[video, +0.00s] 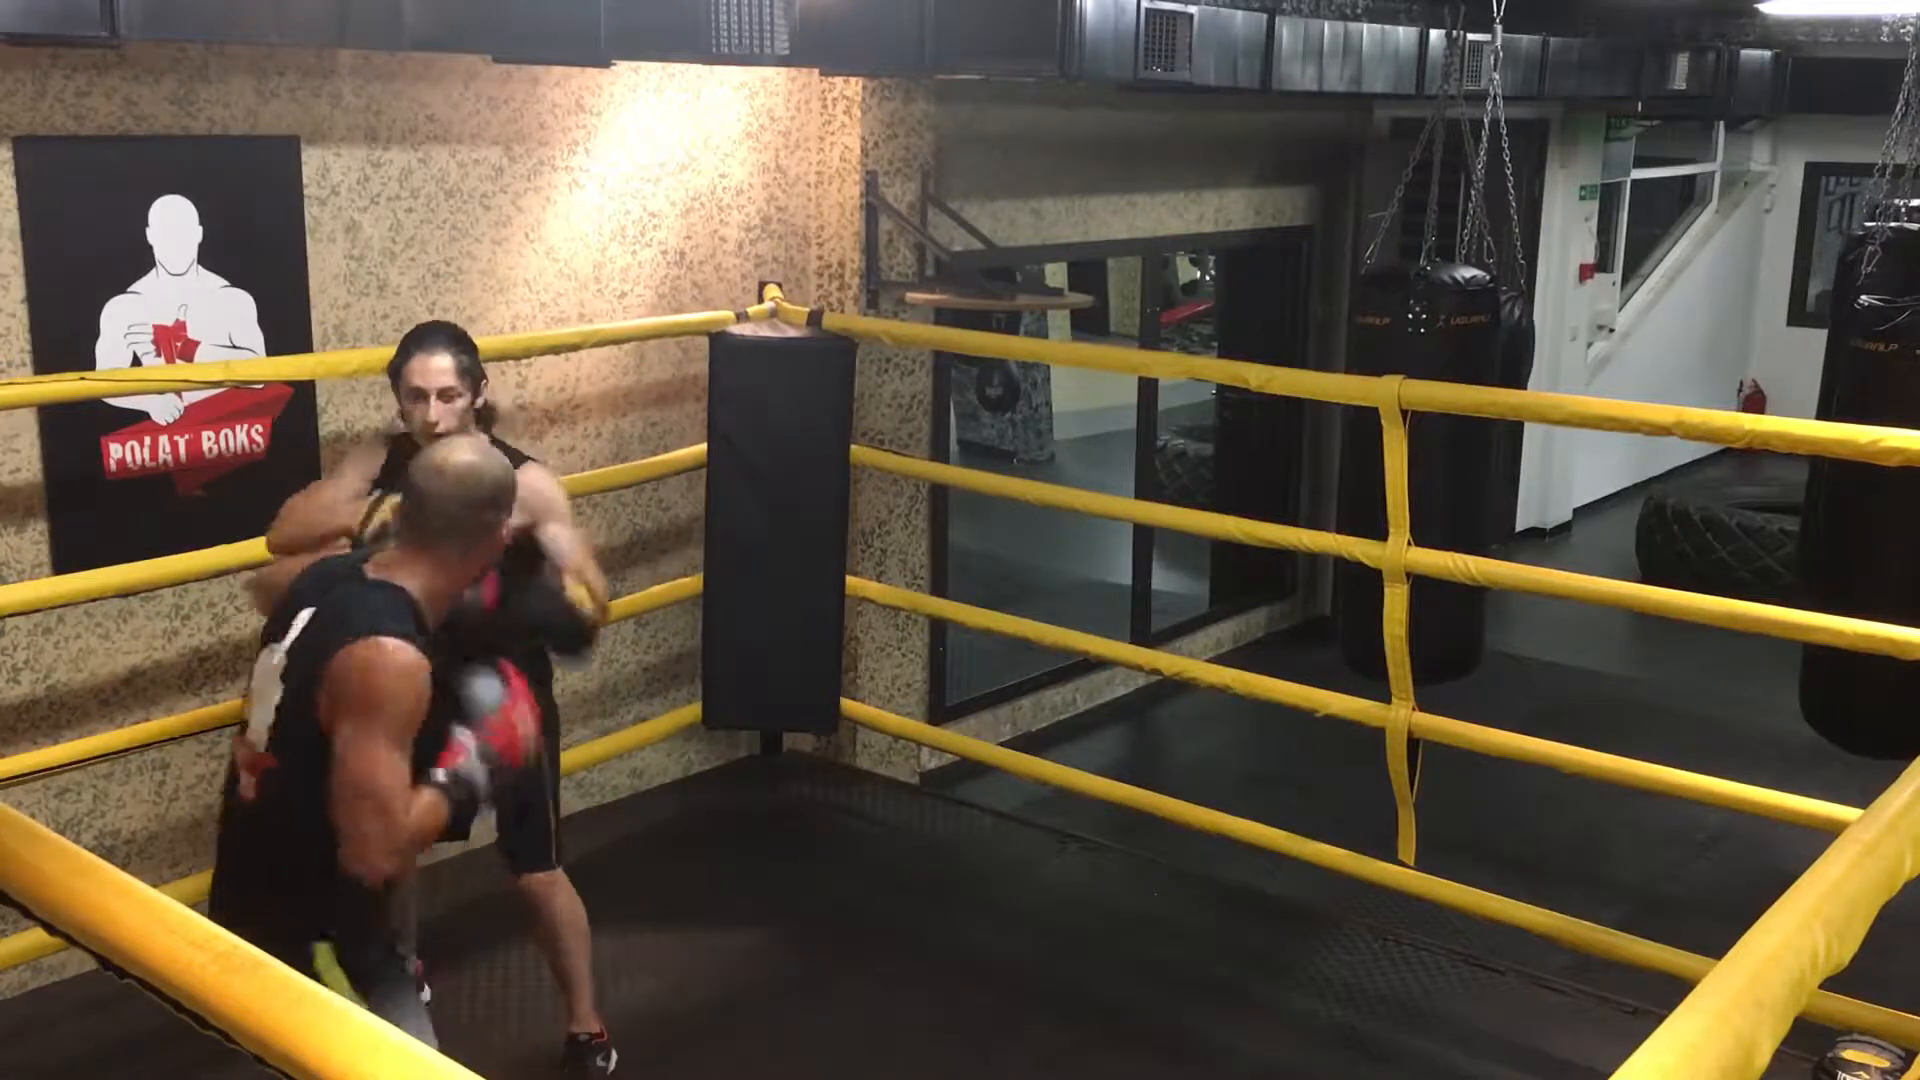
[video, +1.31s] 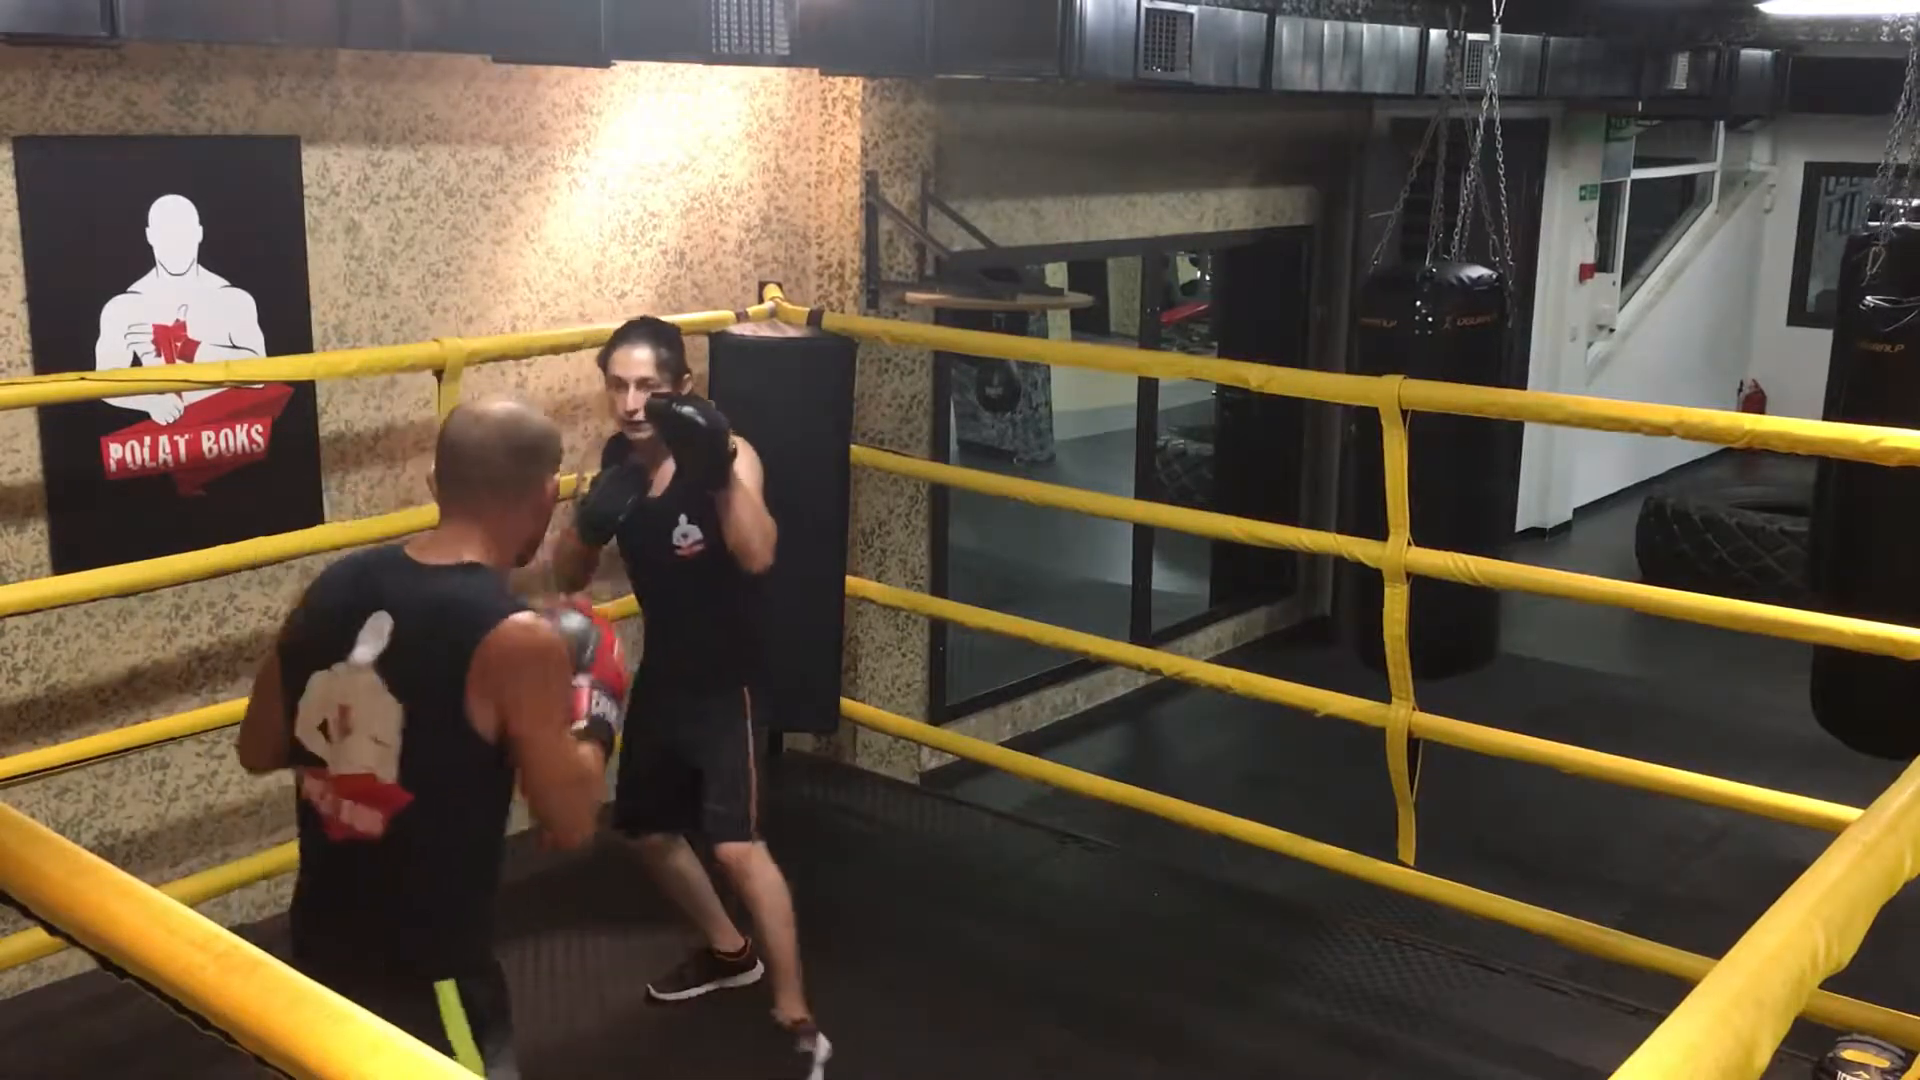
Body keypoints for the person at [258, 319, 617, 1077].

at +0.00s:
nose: (429, 411)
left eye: (444, 394)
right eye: (414, 396)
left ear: (476, 394)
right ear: (397, 401)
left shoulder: (525, 482)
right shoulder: (376, 465)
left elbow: (586, 593)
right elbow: (283, 532)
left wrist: (536, 595)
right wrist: (365, 515)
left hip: (504, 686)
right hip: (397, 685)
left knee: (534, 873)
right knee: (390, 852)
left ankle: (585, 1021)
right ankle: (396, 984)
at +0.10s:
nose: (459, 410)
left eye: (475, 395)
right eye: (443, 396)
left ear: (501, 400)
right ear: (421, 402)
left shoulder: (545, 486)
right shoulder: (383, 477)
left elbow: (591, 580)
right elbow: (312, 556)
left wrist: (592, 654)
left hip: (520, 693)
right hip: (421, 695)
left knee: (545, 858)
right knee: (410, 858)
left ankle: (583, 1021)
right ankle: (395, 1017)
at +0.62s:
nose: (492, 392)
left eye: (509, 376)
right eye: (478, 376)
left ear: (534, 384)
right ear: (457, 384)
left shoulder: (573, 474)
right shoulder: (434, 467)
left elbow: (618, 571)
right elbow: (389, 548)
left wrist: (571, 606)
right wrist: (425, 586)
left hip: (541, 681)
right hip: (448, 673)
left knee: (594, 853)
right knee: (394, 833)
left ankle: (666, 1007)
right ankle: (393, 989)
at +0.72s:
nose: (529, 405)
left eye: (546, 389)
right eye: (517, 388)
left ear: (575, 395)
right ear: (500, 393)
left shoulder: (611, 487)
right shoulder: (473, 468)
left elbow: (642, 593)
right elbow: (432, 562)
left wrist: (594, 621)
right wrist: (464, 603)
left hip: (576, 686)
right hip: (482, 677)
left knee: (621, 864)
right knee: (423, 830)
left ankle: (674, 999)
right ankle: (410, 955)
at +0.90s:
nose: (574, 391)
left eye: (591, 378)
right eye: (564, 376)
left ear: (625, 385)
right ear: (552, 380)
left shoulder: (663, 471)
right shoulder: (531, 455)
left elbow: (689, 587)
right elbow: (504, 546)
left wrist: (648, 561)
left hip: (638, 686)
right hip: (548, 674)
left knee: (653, 851)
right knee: (509, 817)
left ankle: (678, 1000)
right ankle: (529, 948)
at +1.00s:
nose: (600, 390)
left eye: (615, 374)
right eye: (588, 375)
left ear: (652, 376)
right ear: (573, 379)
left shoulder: (690, 451)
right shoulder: (575, 459)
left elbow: (703, 559)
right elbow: (548, 553)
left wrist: (674, 465)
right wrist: (553, 479)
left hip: (665, 671)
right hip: (599, 664)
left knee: (666, 846)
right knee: (595, 826)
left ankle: (683, 1007)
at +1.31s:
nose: (630, 401)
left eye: (645, 386)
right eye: (619, 386)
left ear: (678, 385)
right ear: (606, 388)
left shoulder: (727, 452)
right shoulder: (617, 469)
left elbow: (758, 553)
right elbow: (567, 577)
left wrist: (719, 463)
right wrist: (589, 521)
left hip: (729, 673)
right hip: (664, 672)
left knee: (733, 842)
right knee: (646, 826)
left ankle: (795, 1013)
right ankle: (727, 949)